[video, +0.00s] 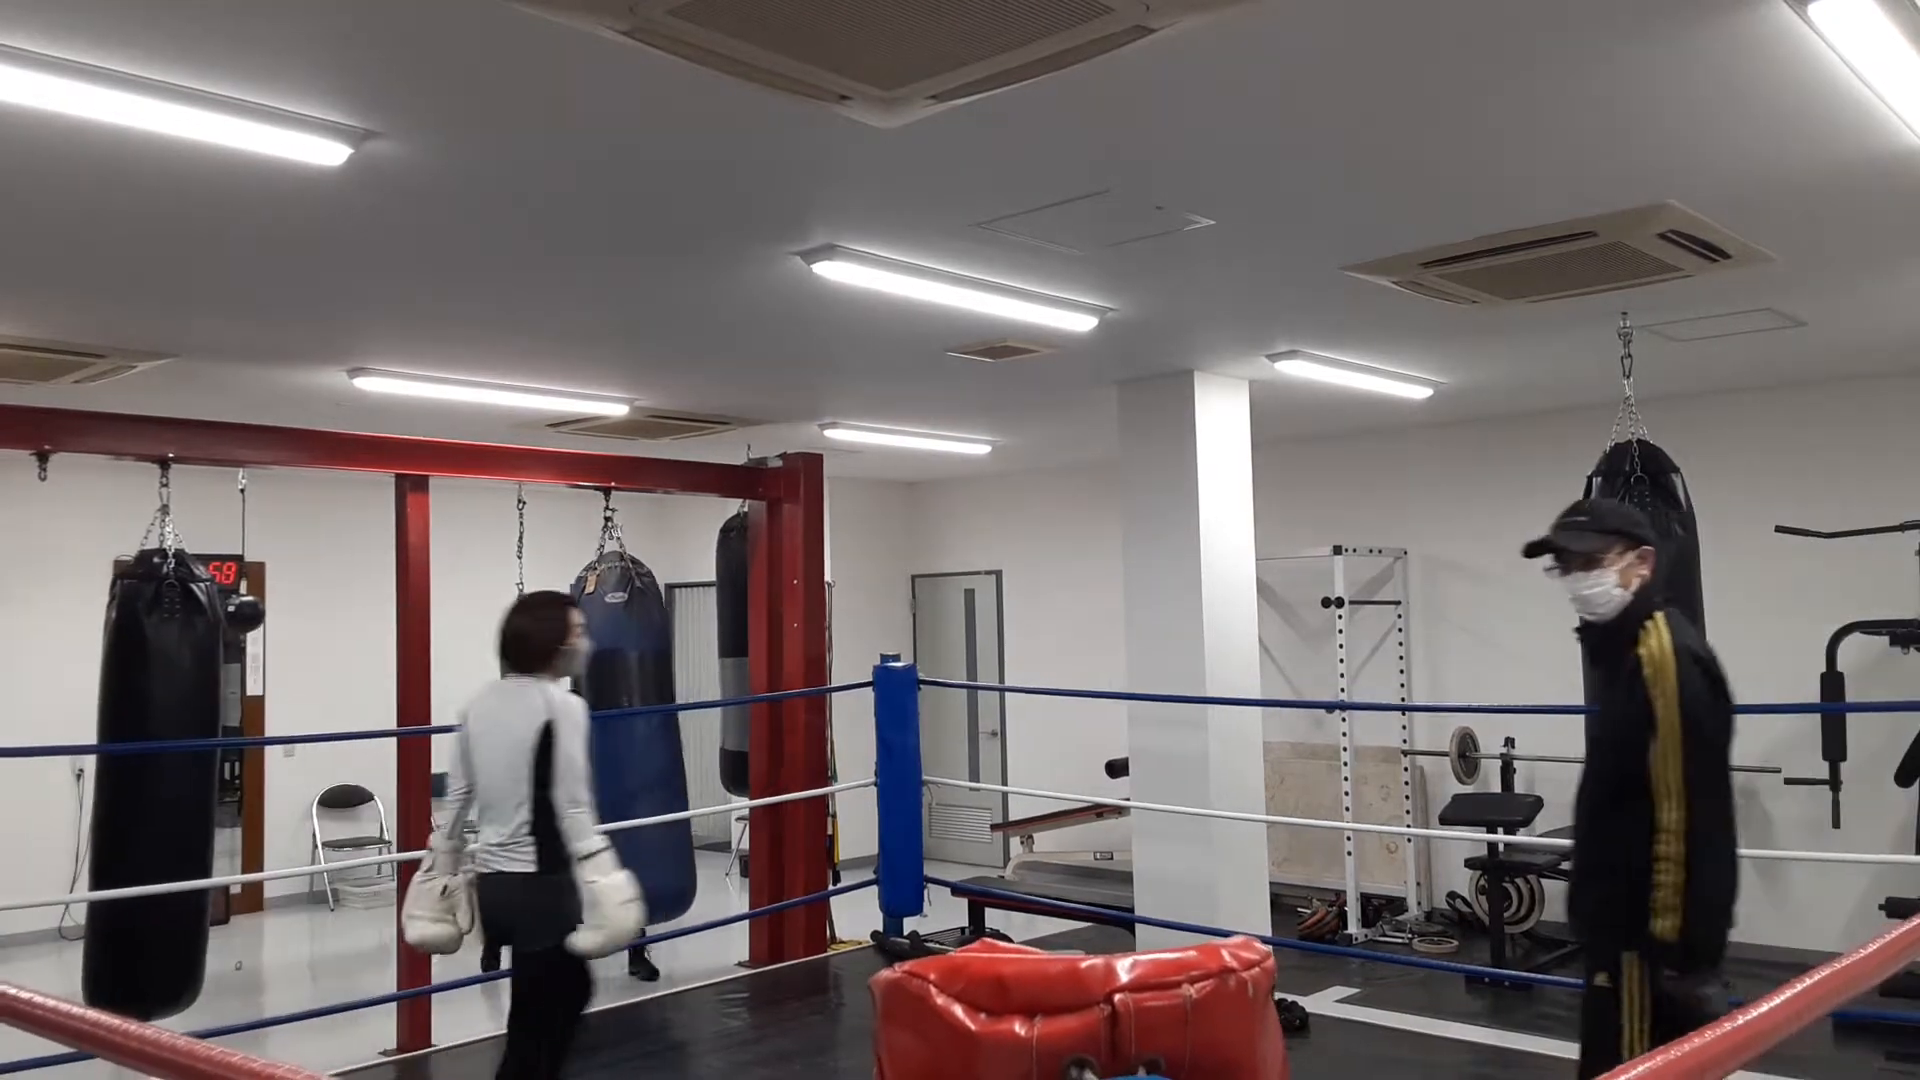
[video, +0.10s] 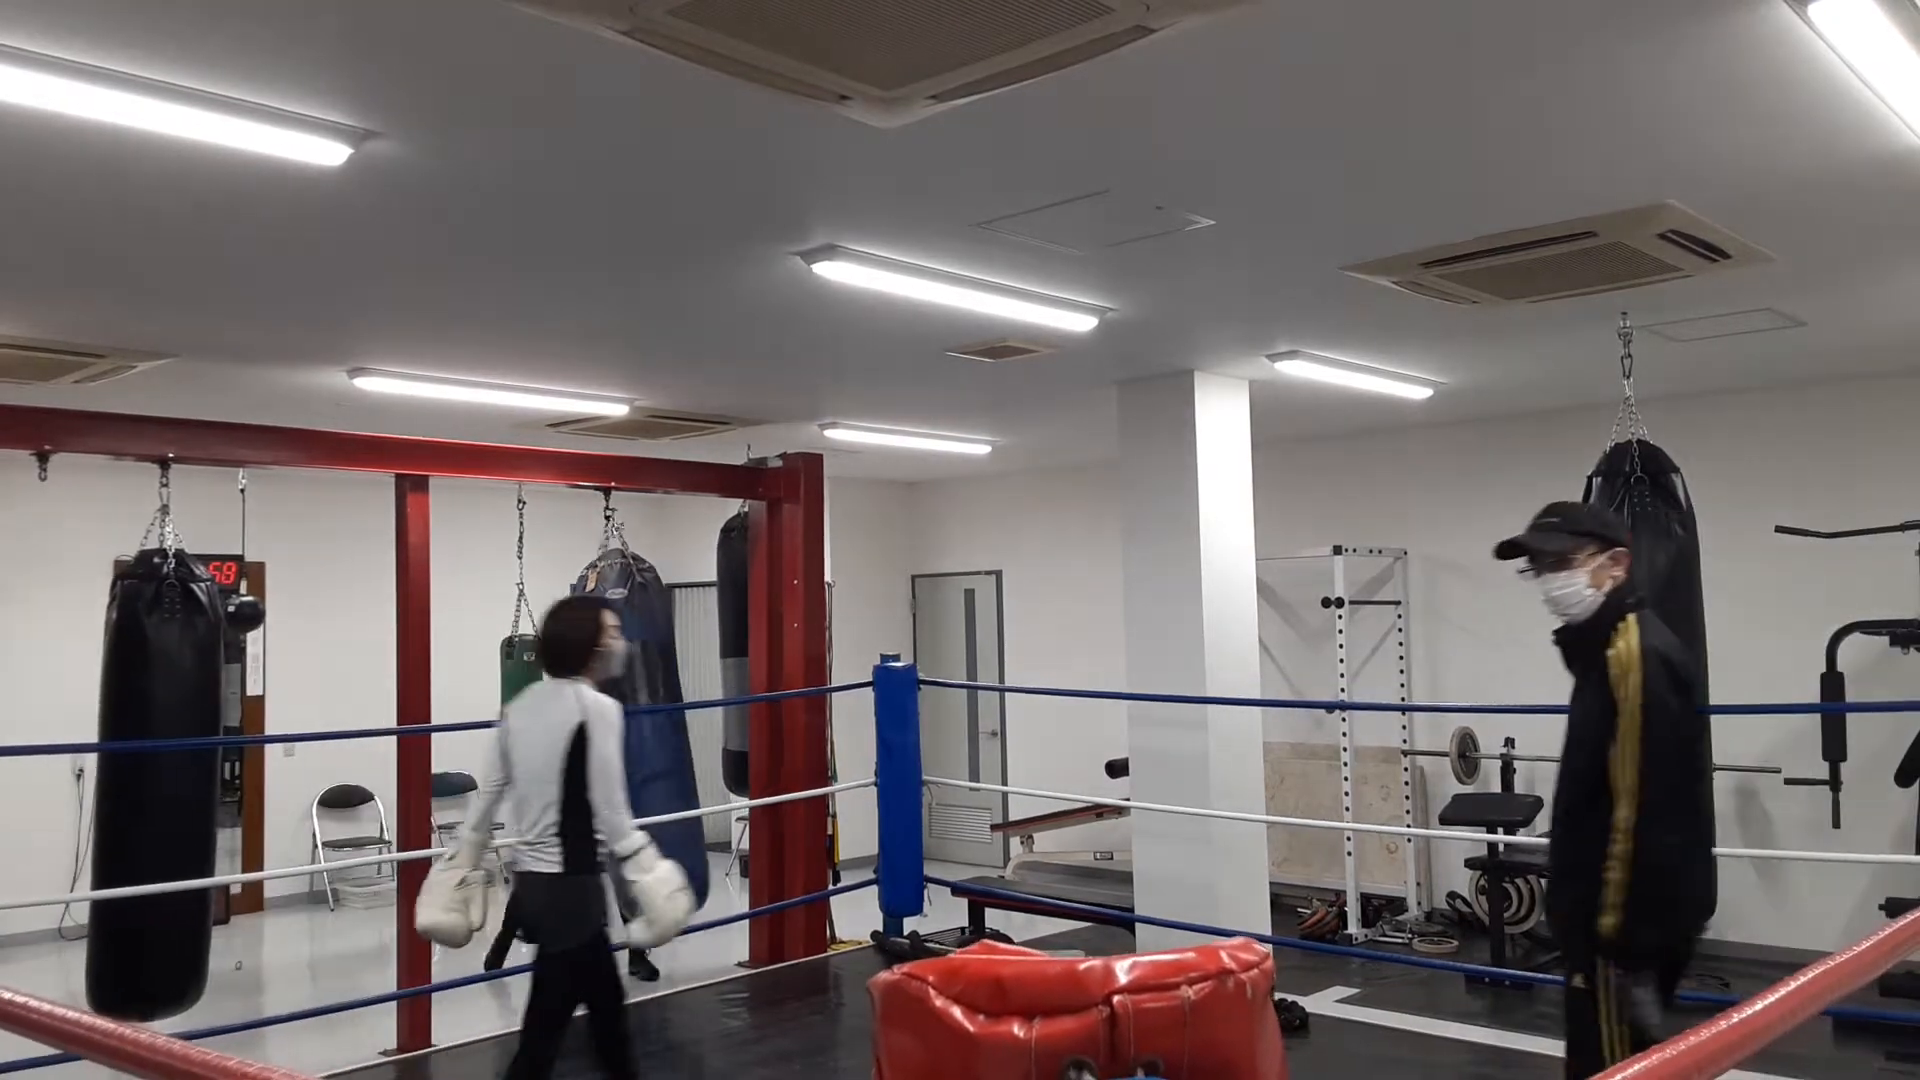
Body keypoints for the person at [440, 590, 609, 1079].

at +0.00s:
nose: (585, 641)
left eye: (583, 630)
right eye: (577, 631)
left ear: (516, 640)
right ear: (555, 642)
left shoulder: (477, 706)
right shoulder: (564, 706)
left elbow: (458, 802)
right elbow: (573, 809)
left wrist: (439, 880)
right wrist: (612, 889)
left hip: (493, 888)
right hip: (544, 889)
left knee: (573, 988)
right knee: (538, 1015)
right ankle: (518, 1074)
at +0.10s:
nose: (621, 642)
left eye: (618, 632)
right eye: (613, 634)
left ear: (556, 644)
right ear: (589, 645)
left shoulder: (517, 707)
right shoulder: (599, 708)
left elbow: (491, 791)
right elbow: (609, 812)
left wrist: (463, 864)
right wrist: (655, 876)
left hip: (530, 887)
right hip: (575, 889)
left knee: (605, 998)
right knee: (546, 1024)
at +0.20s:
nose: (659, 646)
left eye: (654, 636)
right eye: (649, 638)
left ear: (598, 648)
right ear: (626, 650)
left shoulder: (562, 706)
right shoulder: (633, 712)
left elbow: (533, 791)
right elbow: (638, 813)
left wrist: (500, 857)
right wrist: (690, 872)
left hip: (573, 891)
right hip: (609, 893)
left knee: (647, 998)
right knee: (574, 1025)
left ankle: (666, 1074)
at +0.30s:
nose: (691, 644)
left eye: (688, 634)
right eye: (683, 636)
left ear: (639, 646)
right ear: (659, 645)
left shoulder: (607, 707)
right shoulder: (669, 709)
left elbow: (577, 791)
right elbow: (669, 810)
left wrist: (542, 858)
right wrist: (719, 877)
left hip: (618, 878)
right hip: (651, 880)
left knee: (629, 1006)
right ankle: (689, 1073)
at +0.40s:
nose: (734, 638)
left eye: (731, 628)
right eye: (723, 629)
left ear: (686, 641)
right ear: (696, 639)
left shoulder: (656, 696)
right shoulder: (695, 699)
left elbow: (629, 788)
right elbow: (696, 801)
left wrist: (605, 854)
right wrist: (732, 870)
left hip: (657, 864)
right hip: (685, 866)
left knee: (698, 990)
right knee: (706, 989)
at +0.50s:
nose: (768, 637)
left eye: (766, 627)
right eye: (756, 627)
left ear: (731, 637)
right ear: (727, 636)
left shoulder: (710, 694)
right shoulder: (712, 698)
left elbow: (703, 792)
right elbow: (704, 796)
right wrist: (738, 874)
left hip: (702, 862)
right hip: (701, 864)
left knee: (728, 996)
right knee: (742, 1000)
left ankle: (688, 1071)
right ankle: (683, 1072)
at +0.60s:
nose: (798, 645)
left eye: (798, 635)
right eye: (789, 634)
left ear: (767, 640)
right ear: (759, 640)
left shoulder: (748, 700)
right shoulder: (730, 701)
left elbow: (752, 790)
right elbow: (714, 798)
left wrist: (785, 826)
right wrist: (745, 880)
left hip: (747, 867)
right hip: (730, 871)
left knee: (732, 994)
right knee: (793, 995)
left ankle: (706, 1072)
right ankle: (756, 1072)